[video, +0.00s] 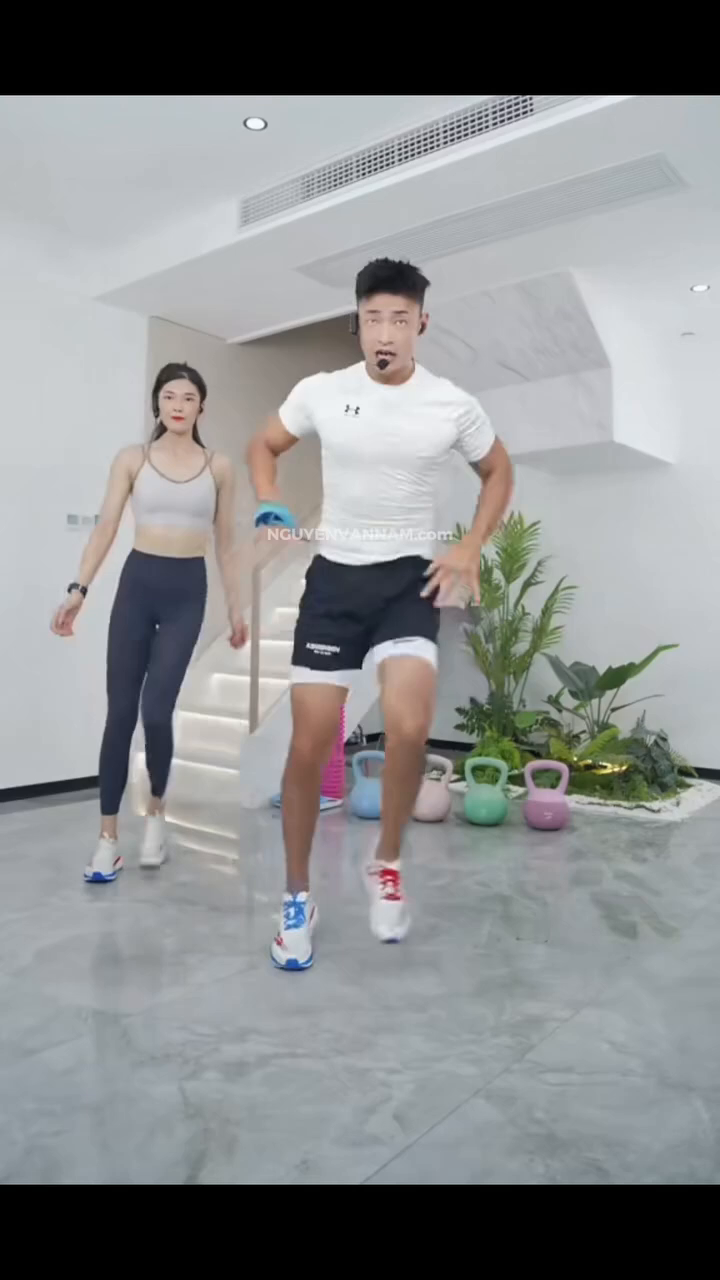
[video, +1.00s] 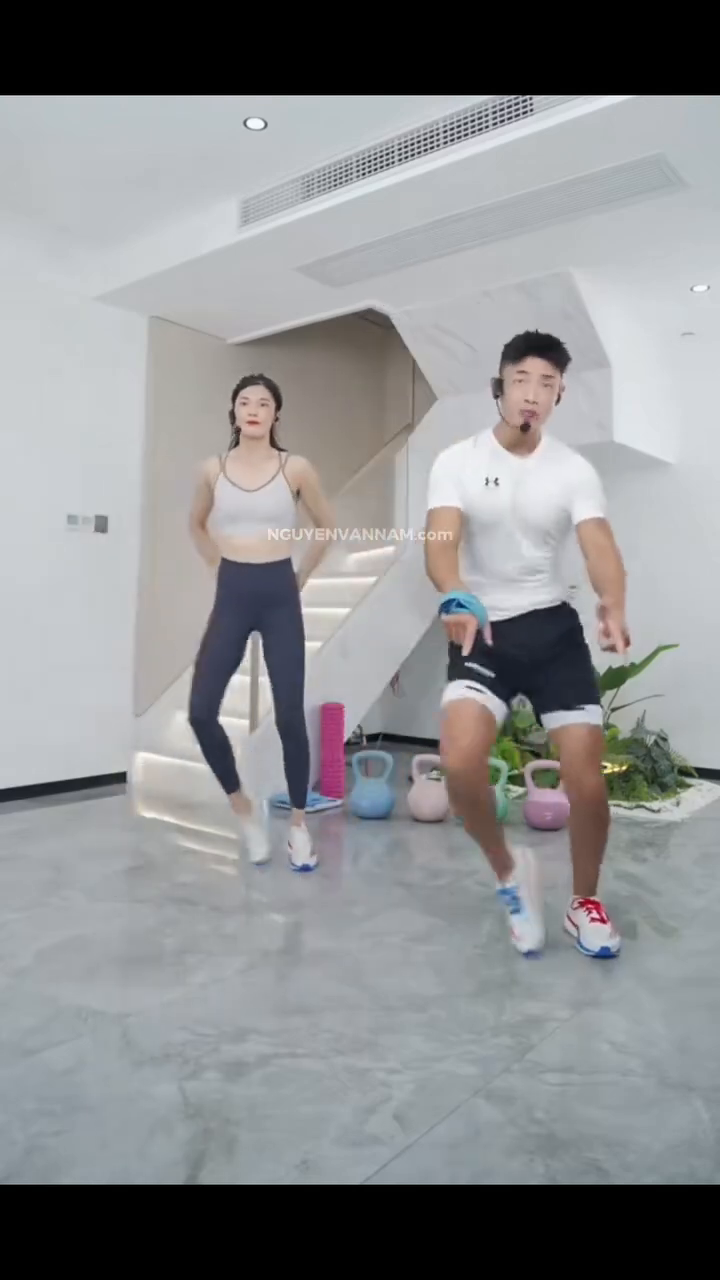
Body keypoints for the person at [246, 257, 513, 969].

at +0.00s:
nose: (385, 332)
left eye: (399, 319)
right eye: (373, 319)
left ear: (421, 326)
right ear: (357, 325)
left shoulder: (454, 406)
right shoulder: (321, 393)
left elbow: (499, 473)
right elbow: (263, 448)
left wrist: (472, 547)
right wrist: (270, 508)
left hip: (411, 582)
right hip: (334, 580)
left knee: (411, 728)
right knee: (309, 746)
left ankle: (387, 863)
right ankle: (296, 894)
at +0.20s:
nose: (367, 392)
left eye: (380, 377)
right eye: (355, 378)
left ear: (406, 379)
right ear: (342, 385)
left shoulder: (444, 450)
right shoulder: (319, 443)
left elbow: (503, 499)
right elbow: (248, 470)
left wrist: (501, 584)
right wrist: (249, 540)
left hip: (404, 630)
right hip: (328, 626)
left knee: (407, 767)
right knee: (300, 776)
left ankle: (352, 884)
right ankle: (285, 903)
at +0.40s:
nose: (410, 346)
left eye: (423, 333)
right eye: (397, 335)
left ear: (444, 343)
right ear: (383, 349)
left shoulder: (474, 425)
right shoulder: (355, 426)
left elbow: (506, 508)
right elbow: (330, 511)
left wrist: (514, 570)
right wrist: (327, 551)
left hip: (453, 602)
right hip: (373, 606)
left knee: (521, 743)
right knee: (333, 764)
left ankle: (524, 874)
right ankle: (296, 902)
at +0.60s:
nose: (470, 377)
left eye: (482, 363)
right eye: (457, 366)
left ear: (504, 370)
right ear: (441, 379)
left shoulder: (541, 445)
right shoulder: (419, 452)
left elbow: (573, 523)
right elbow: (403, 533)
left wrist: (582, 576)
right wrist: (399, 586)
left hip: (529, 620)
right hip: (447, 623)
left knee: (573, 758)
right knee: (381, 747)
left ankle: (583, 900)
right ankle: (319, 890)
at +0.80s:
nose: (514, 383)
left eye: (526, 370)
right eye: (501, 370)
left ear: (542, 372)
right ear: (480, 374)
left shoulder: (569, 440)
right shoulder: (446, 446)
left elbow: (604, 519)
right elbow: (433, 534)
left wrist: (620, 581)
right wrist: (441, 598)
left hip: (549, 602)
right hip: (473, 605)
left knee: (575, 750)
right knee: (480, 726)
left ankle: (588, 896)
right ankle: (483, 873)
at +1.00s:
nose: (532, 393)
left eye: (545, 384)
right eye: (521, 380)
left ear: (558, 398)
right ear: (499, 388)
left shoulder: (574, 470)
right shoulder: (456, 462)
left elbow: (600, 546)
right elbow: (441, 538)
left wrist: (611, 604)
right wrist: (454, 595)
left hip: (554, 629)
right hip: (481, 630)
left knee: (586, 782)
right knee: (458, 763)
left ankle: (586, 902)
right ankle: (508, 875)